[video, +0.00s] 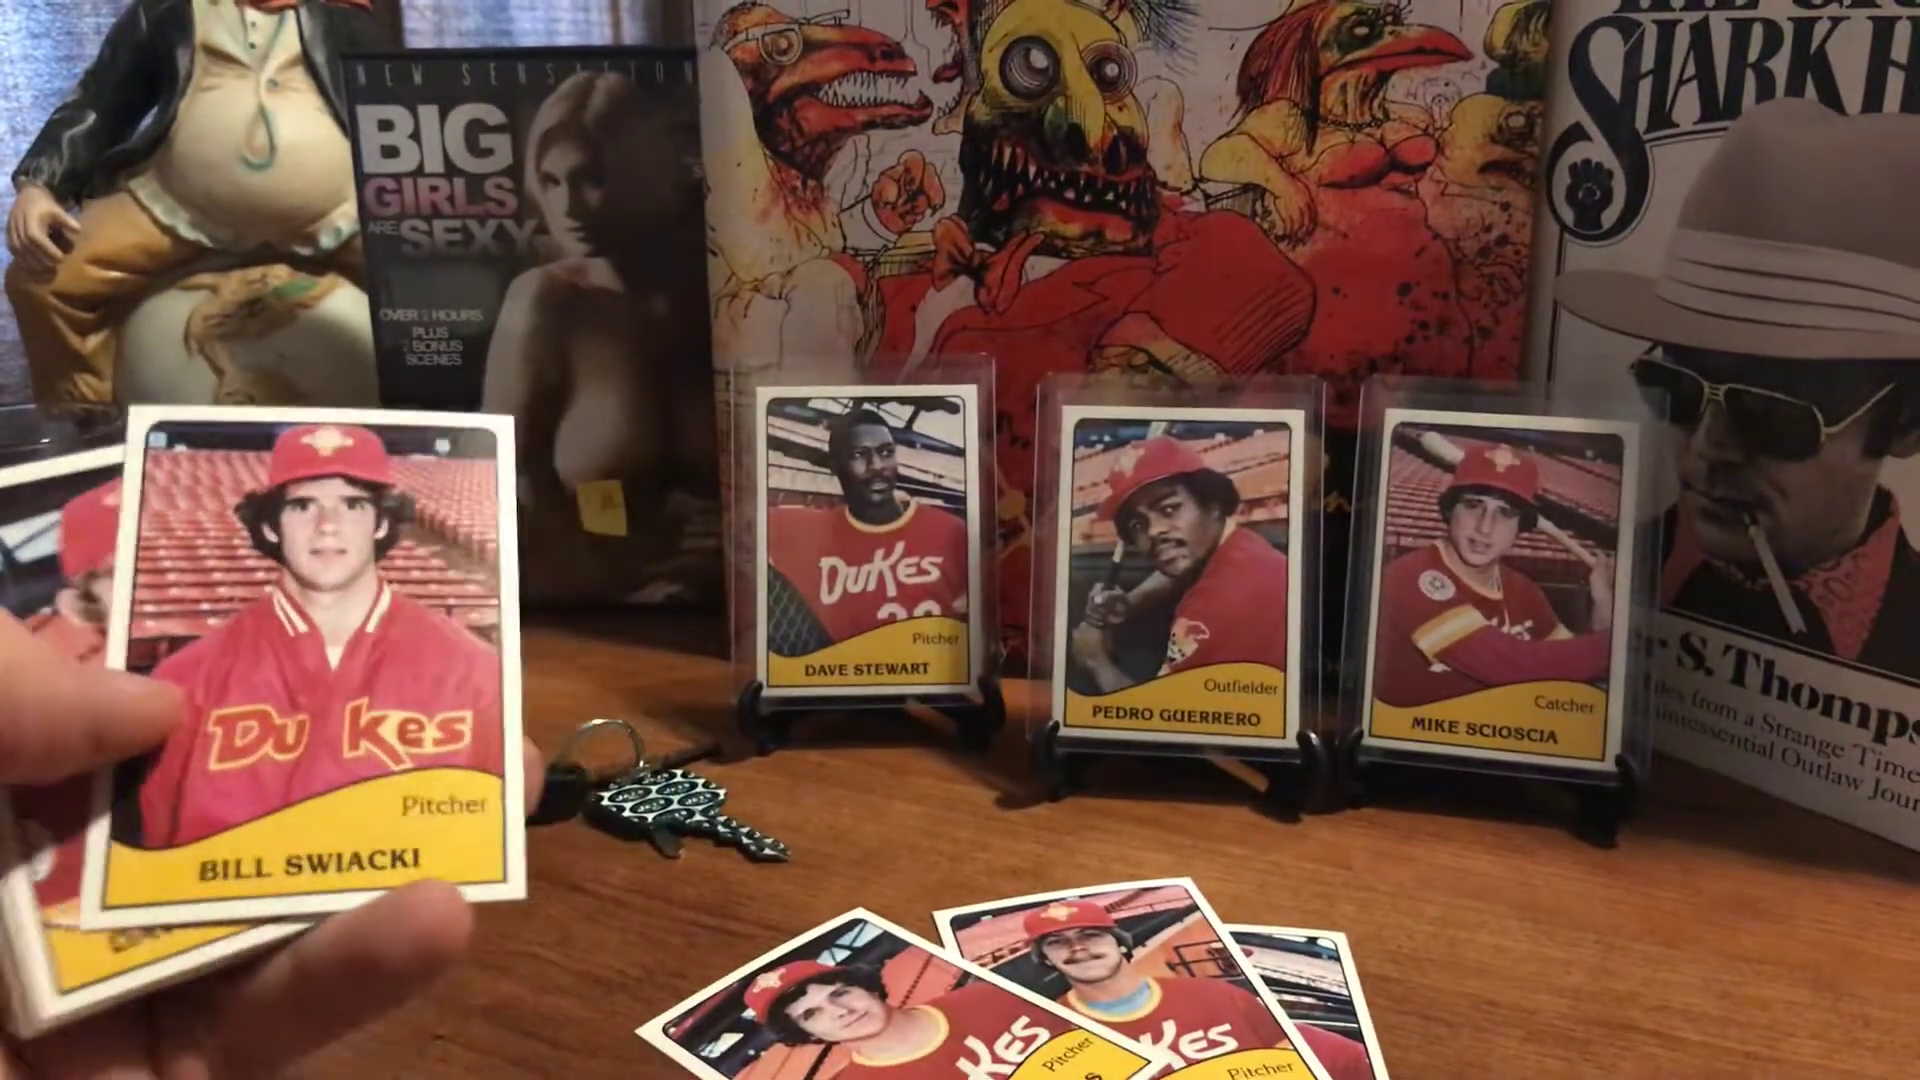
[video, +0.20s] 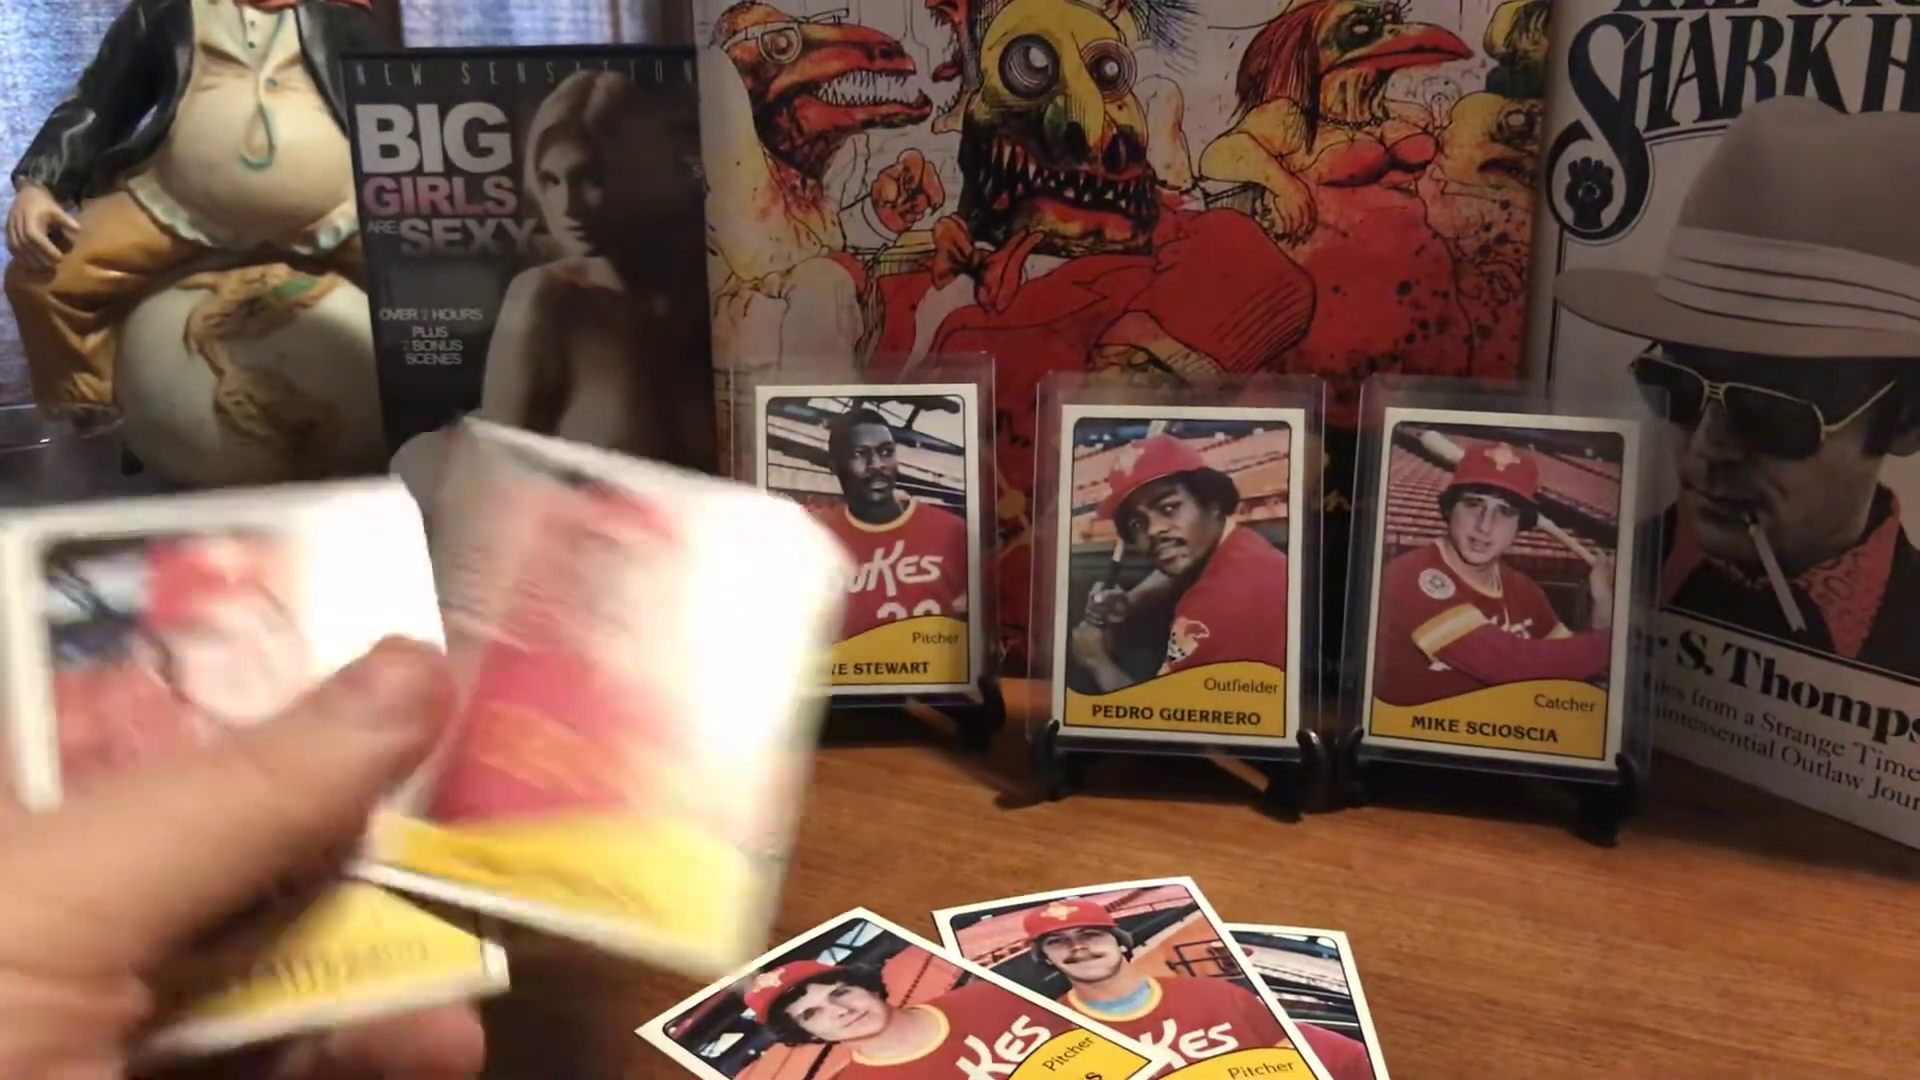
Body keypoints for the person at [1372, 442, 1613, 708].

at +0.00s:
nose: (1484, 526)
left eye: (1504, 513)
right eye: (1473, 505)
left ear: (1520, 527)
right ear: (1450, 510)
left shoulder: (1523, 592)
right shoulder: (1413, 578)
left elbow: (1575, 674)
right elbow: (1506, 664)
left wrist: (1603, 608)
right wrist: (1618, 640)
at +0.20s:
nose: (1484, 525)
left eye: (1504, 511)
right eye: (1473, 504)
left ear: (1519, 526)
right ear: (1450, 508)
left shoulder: (1523, 591)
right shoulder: (1413, 577)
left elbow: (1576, 673)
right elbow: (1505, 663)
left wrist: (1603, 606)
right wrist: (1616, 640)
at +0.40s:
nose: (1484, 526)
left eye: (1504, 512)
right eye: (1473, 504)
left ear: (1519, 527)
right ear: (1450, 508)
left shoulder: (1522, 592)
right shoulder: (1414, 577)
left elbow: (1578, 669)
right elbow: (1503, 664)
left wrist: (1603, 607)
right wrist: (1616, 641)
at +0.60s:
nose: (1484, 526)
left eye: (1503, 512)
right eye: (1473, 505)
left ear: (1518, 527)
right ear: (1449, 509)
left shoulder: (1521, 591)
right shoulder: (1413, 578)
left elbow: (1577, 667)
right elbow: (1503, 664)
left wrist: (1603, 606)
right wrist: (1616, 640)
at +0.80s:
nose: (1484, 525)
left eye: (1503, 511)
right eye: (1473, 504)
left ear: (1518, 527)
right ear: (1449, 509)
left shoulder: (1521, 591)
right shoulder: (1413, 577)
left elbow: (1578, 665)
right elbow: (1501, 663)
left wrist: (1602, 604)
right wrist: (1616, 640)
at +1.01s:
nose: (1483, 526)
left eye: (1503, 512)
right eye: (1473, 505)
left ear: (1518, 527)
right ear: (1449, 509)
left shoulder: (1522, 592)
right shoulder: (1412, 578)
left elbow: (1577, 671)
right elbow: (1501, 664)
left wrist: (1602, 606)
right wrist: (1611, 647)